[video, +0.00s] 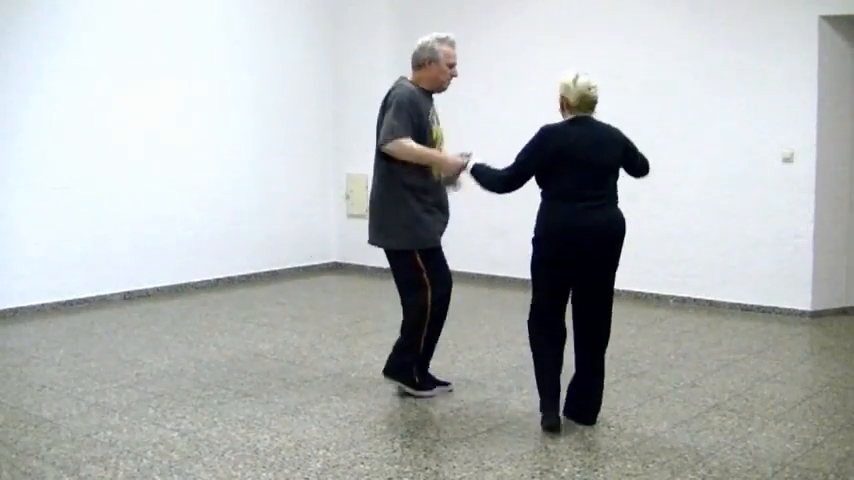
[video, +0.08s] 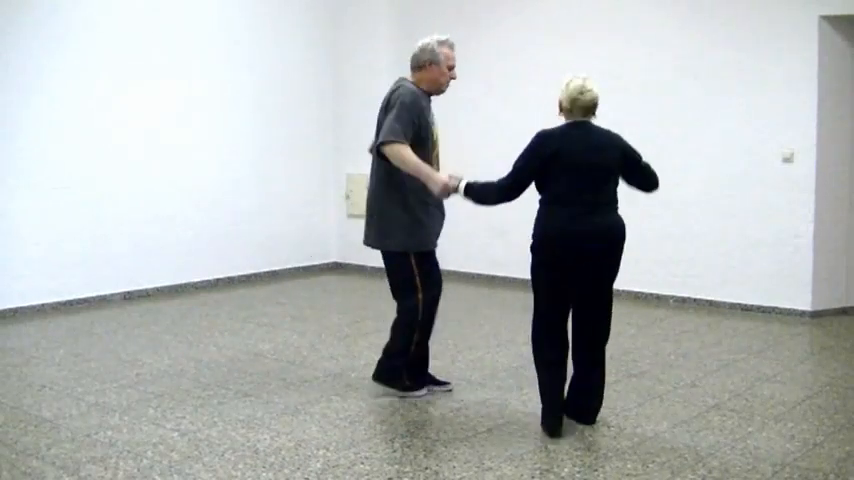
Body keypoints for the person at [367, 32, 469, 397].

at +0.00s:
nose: (454, 73)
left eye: (455, 66)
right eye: (450, 66)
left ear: (431, 66)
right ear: (427, 65)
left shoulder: (420, 99)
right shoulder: (404, 95)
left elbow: (416, 151)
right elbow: (393, 144)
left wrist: (445, 167)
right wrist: (441, 161)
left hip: (413, 218)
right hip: (402, 220)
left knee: (428, 289)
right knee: (433, 287)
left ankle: (406, 364)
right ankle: (411, 370)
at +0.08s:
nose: (453, 75)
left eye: (454, 68)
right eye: (449, 67)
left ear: (428, 68)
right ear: (428, 67)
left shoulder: (413, 97)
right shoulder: (407, 96)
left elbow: (390, 149)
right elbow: (391, 145)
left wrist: (430, 179)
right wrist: (433, 177)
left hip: (408, 219)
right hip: (400, 221)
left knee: (423, 290)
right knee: (421, 292)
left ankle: (409, 369)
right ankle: (401, 373)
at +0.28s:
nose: (447, 81)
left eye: (448, 73)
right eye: (444, 73)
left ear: (418, 70)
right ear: (426, 69)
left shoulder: (380, 95)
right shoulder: (414, 99)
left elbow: (339, 147)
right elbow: (419, 158)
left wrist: (336, 188)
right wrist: (464, 188)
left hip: (370, 220)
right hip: (392, 223)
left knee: (403, 298)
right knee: (398, 303)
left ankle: (412, 368)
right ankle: (386, 381)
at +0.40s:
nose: (438, 81)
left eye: (439, 74)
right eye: (436, 73)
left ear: (404, 69)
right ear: (417, 69)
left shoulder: (367, 96)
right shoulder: (412, 101)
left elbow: (327, 146)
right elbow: (442, 154)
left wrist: (325, 187)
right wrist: (496, 170)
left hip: (357, 219)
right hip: (389, 223)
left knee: (384, 298)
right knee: (394, 302)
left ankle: (399, 365)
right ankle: (383, 381)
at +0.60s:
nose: (431, 80)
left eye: (432, 73)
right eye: (428, 73)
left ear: (399, 71)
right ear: (411, 70)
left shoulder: (360, 96)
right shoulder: (411, 103)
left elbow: (317, 141)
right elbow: (465, 140)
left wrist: (301, 178)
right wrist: (516, 151)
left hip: (349, 218)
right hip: (384, 223)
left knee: (368, 295)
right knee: (391, 297)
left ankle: (366, 371)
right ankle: (382, 378)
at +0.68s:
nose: (431, 82)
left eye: (432, 75)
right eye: (428, 74)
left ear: (397, 72)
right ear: (410, 72)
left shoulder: (360, 97)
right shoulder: (410, 104)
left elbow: (315, 137)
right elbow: (461, 137)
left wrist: (297, 171)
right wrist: (511, 150)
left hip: (348, 218)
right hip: (384, 223)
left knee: (360, 296)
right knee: (392, 295)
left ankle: (366, 373)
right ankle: (382, 377)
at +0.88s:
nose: (436, 82)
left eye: (436, 75)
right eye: (431, 74)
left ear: (405, 74)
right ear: (411, 73)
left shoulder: (375, 98)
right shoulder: (403, 103)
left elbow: (347, 140)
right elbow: (435, 145)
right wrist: (487, 151)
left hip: (360, 217)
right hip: (389, 221)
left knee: (369, 292)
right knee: (419, 285)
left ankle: (368, 369)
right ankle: (402, 369)